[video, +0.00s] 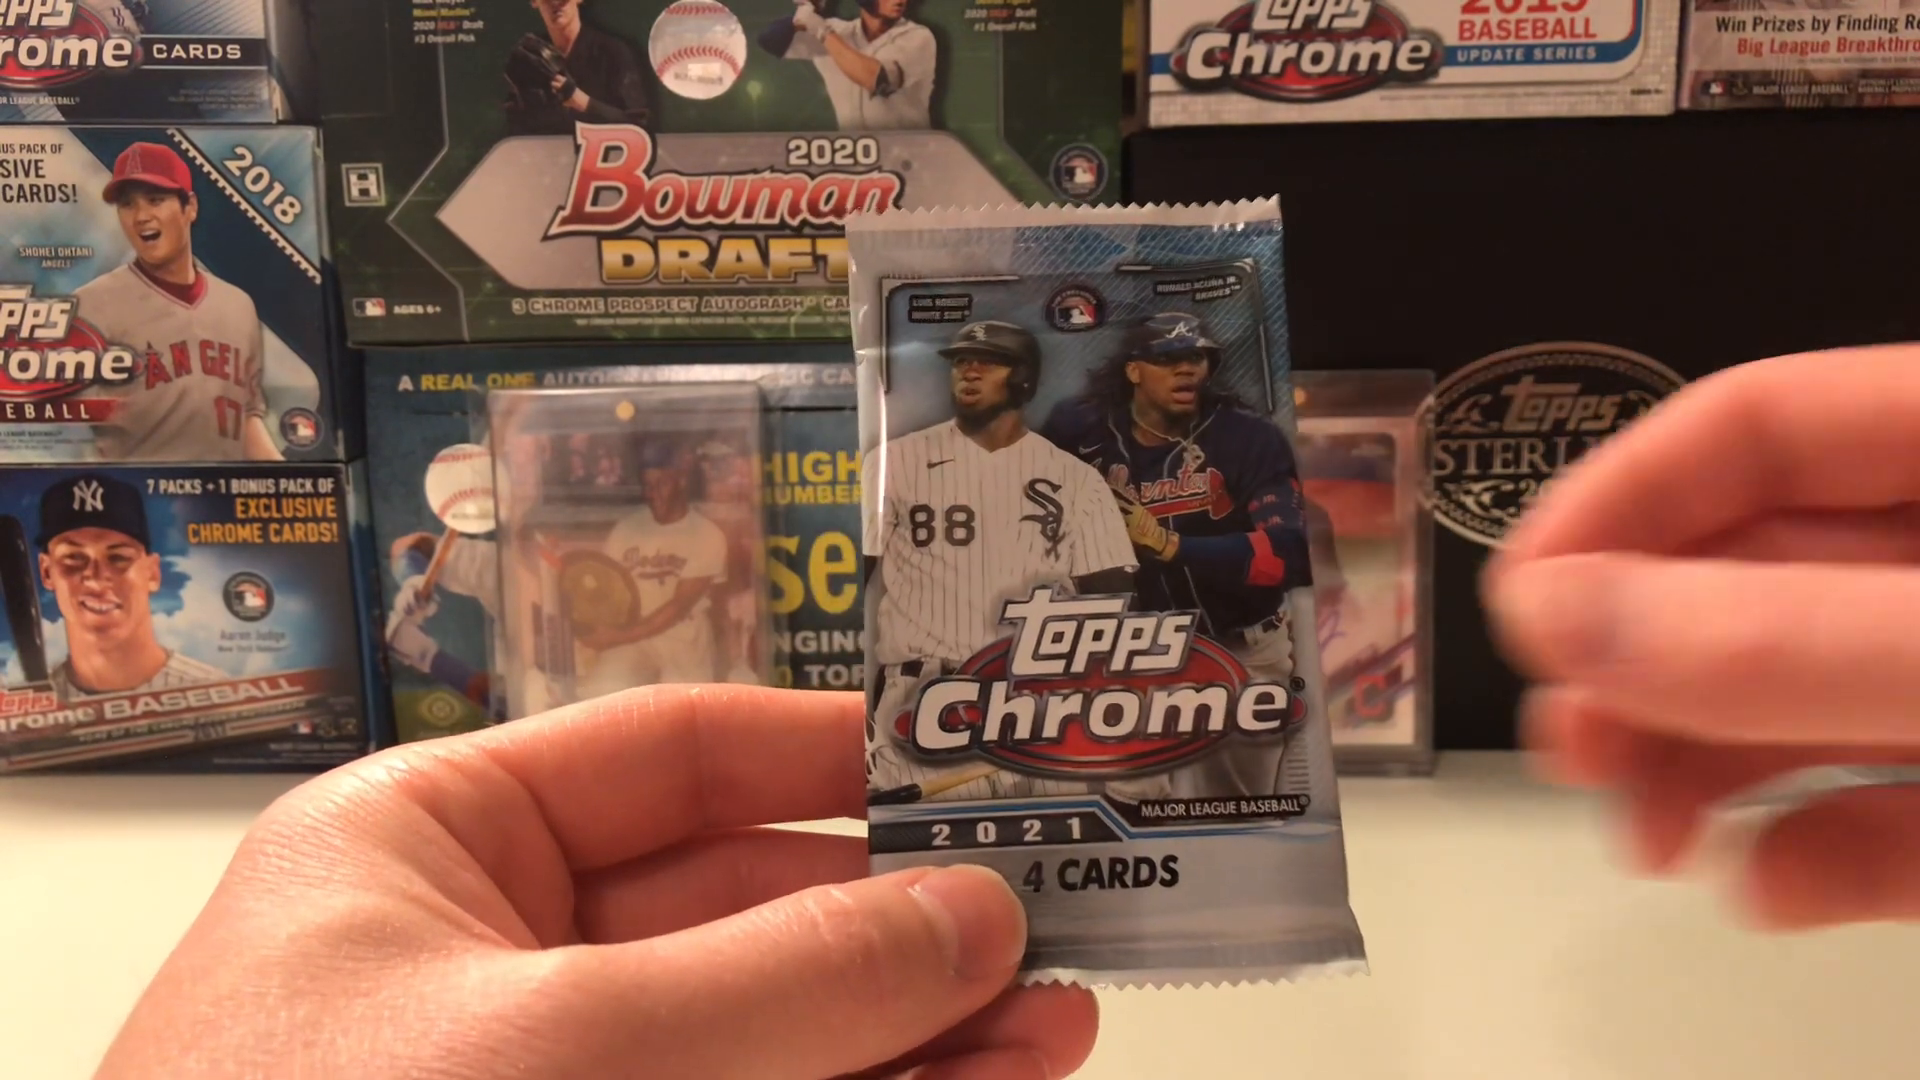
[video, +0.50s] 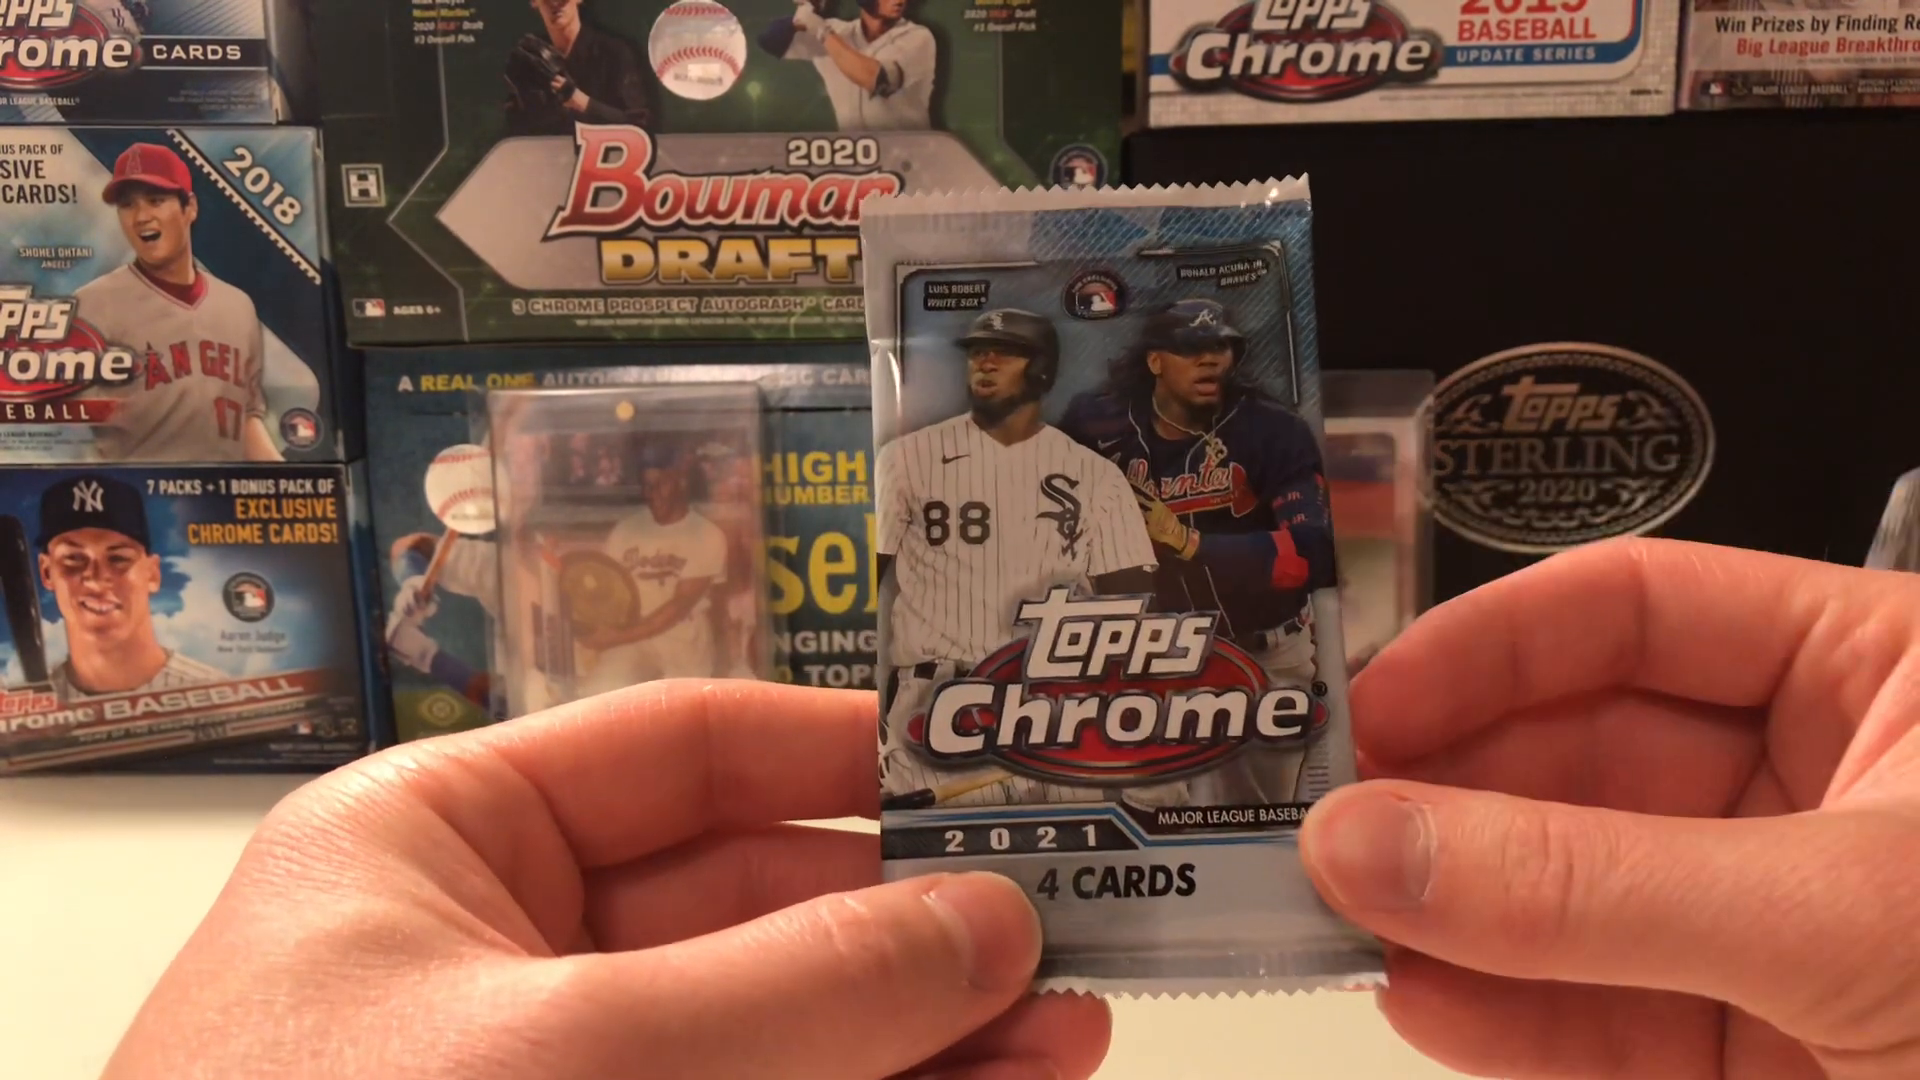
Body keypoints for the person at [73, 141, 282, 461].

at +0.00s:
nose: (142, 216)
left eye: (156, 199)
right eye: (128, 203)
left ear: (189, 209)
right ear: (118, 216)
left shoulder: (239, 306)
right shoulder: (90, 307)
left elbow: (248, 414)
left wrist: (284, 482)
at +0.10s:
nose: (142, 216)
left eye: (157, 199)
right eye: (128, 203)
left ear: (189, 209)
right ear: (118, 216)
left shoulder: (239, 306)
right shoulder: (90, 307)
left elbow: (248, 414)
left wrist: (283, 483)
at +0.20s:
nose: (142, 217)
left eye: (156, 200)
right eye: (128, 204)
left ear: (189, 210)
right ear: (118, 217)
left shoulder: (238, 307)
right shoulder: (91, 307)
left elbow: (248, 415)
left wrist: (282, 483)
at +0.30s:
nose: (142, 216)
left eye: (156, 199)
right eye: (128, 203)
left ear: (189, 209)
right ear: (118, 216)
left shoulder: (238, 306)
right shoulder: (91, 306)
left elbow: (247, 414)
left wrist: (283, 483)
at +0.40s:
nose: (142, 216)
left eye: (157, 200)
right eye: (128, 203)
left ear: (190, 209)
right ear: (118, 216)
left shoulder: (239, 306)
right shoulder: (91, 307)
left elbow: (248, 414)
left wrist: (284, 483)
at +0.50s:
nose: (142, 216)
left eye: (157, 200)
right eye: (128, 204)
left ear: (189, 209)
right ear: (118, 217)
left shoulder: (239, 307)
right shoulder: (92, 306)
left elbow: (247, 414)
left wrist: (284, 484)